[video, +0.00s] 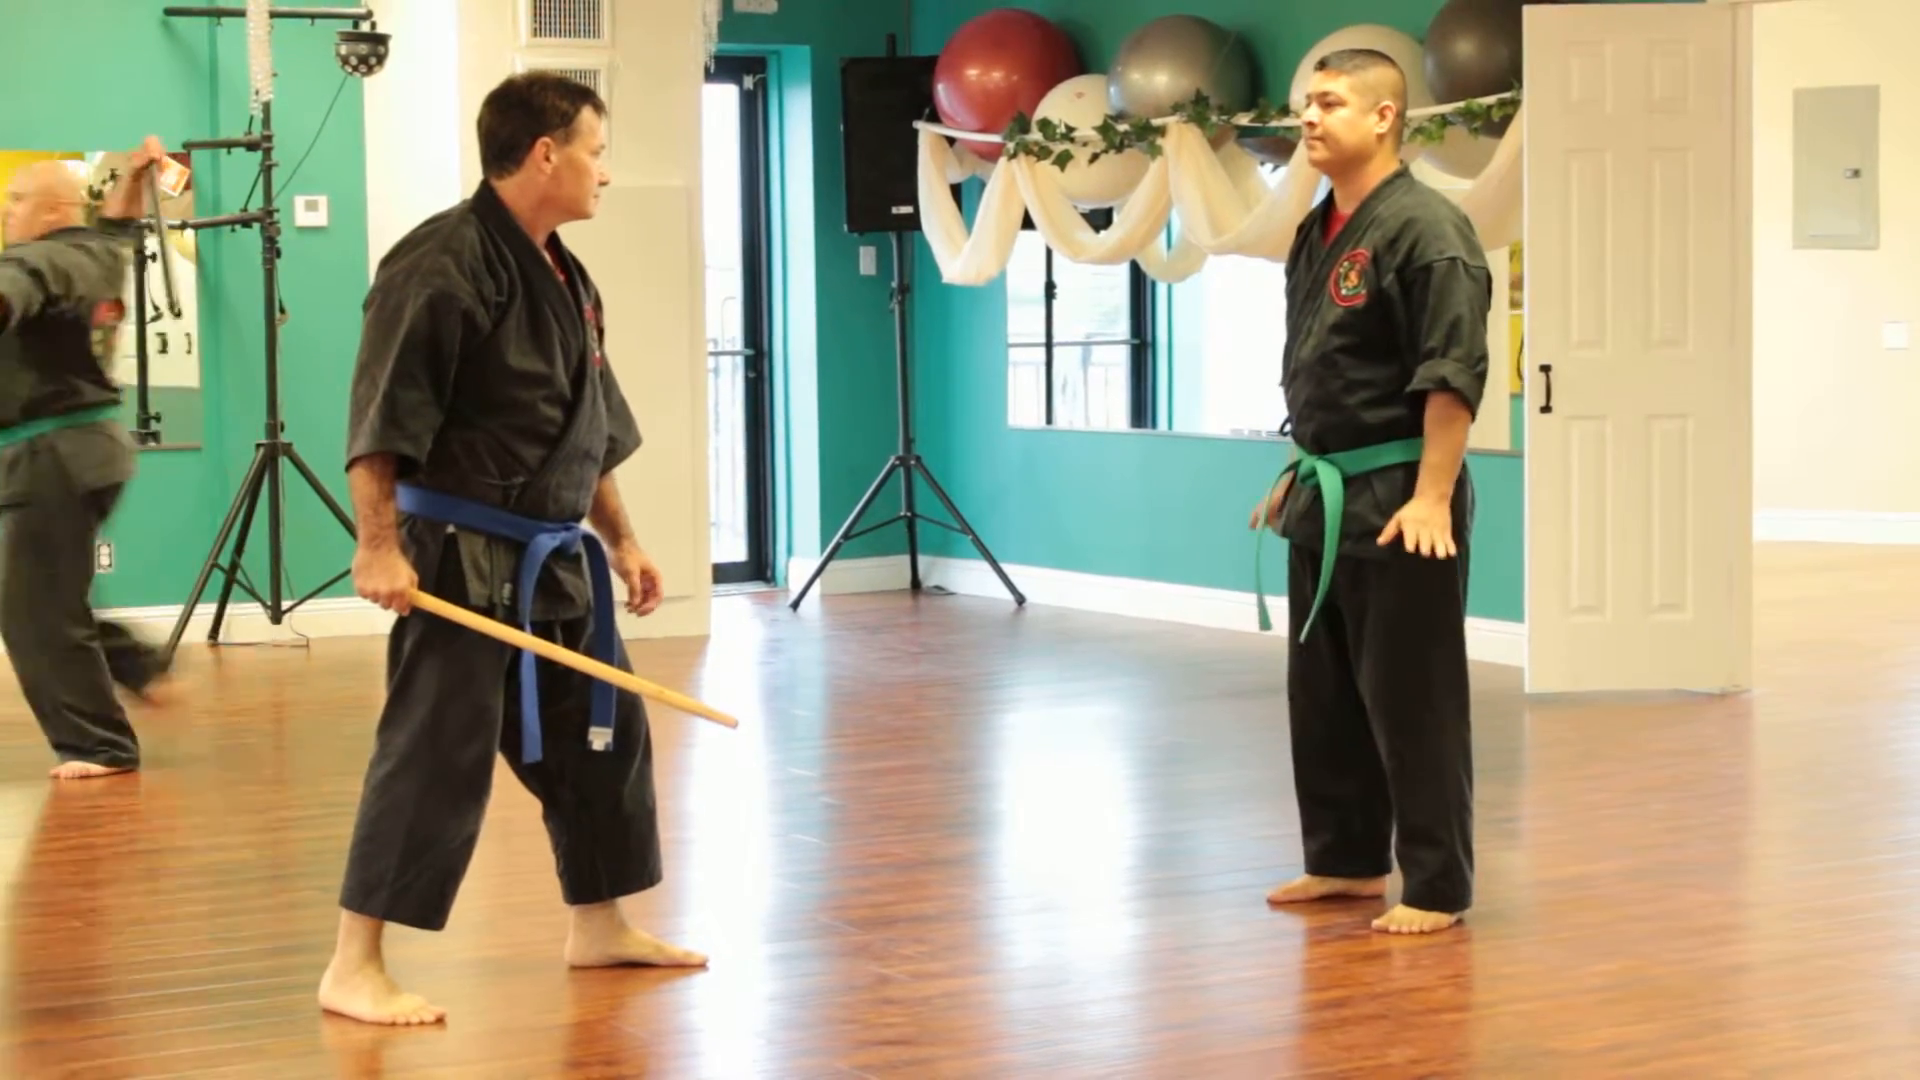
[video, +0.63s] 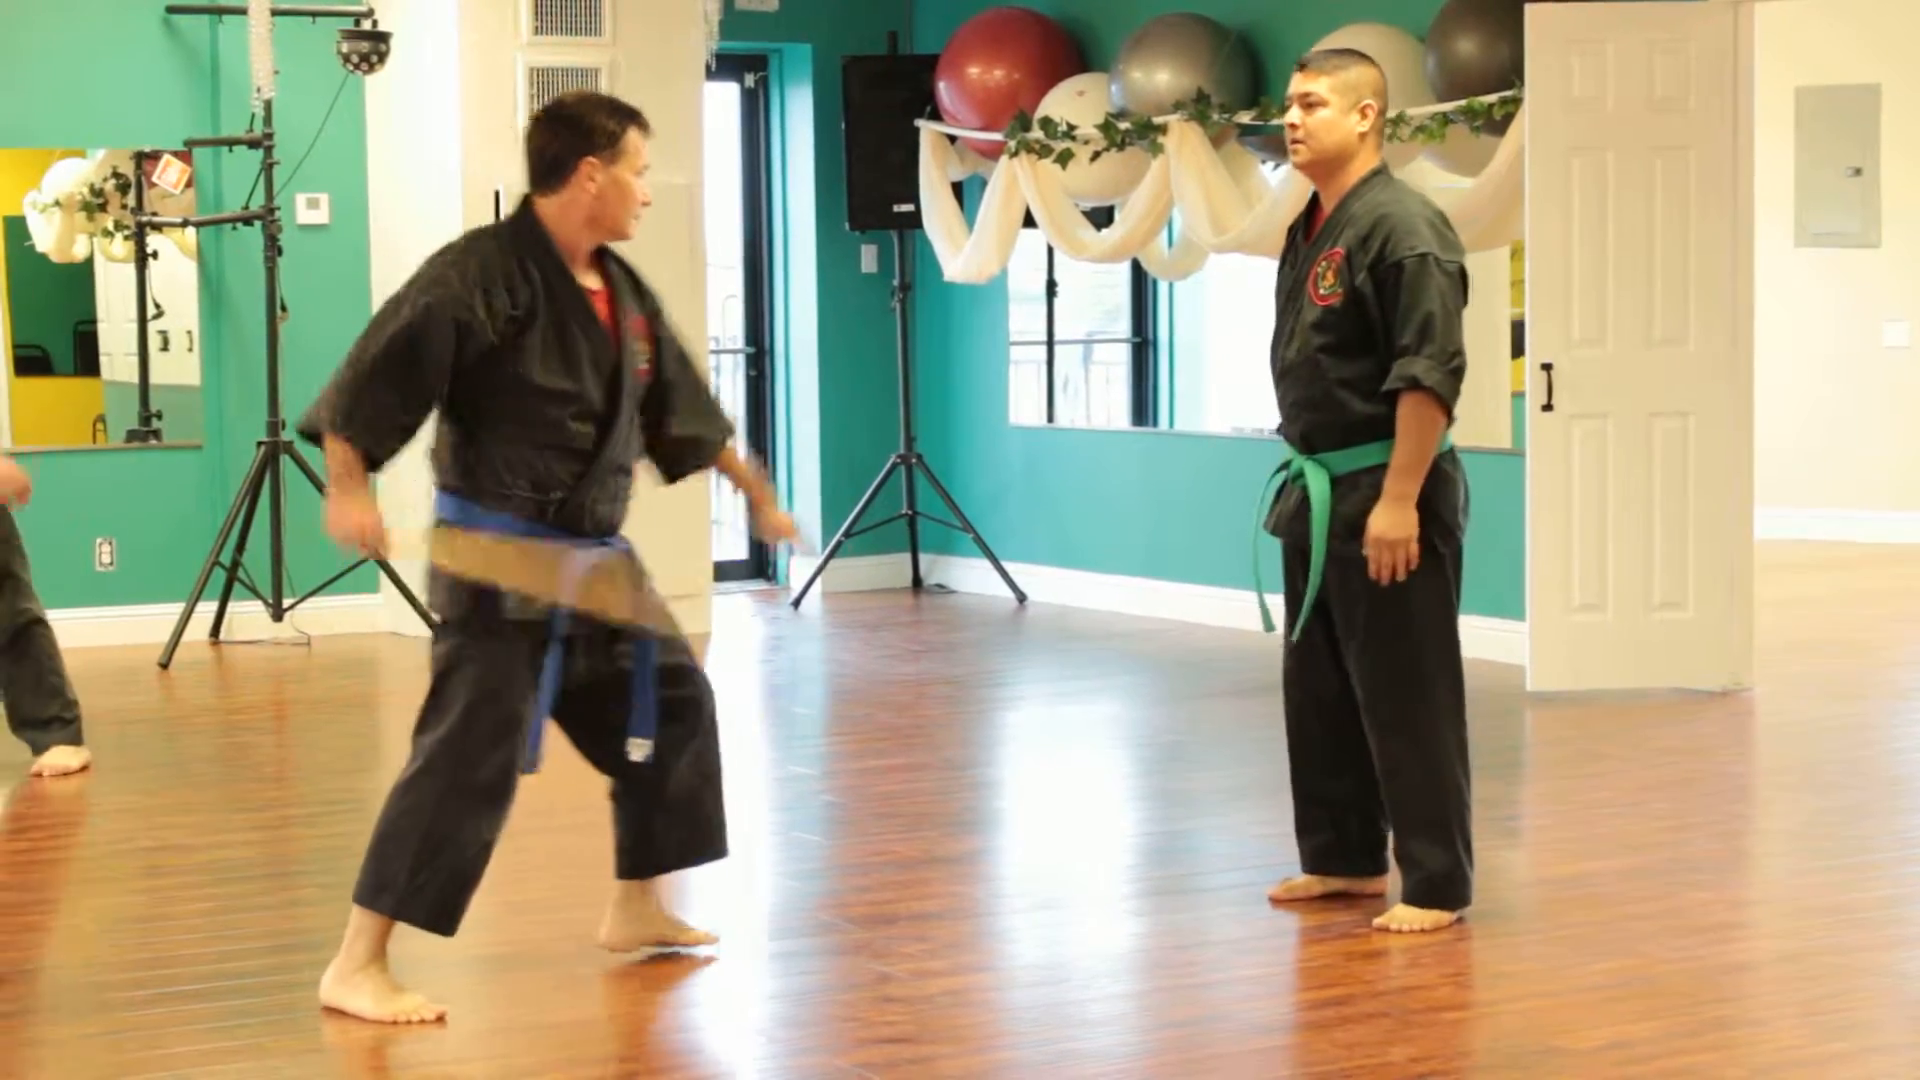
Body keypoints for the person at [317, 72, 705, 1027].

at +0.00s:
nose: (605, 173)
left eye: (604, 154)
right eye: (596, 154)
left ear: (550, 156)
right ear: (544, 155)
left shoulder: (566, 275)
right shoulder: (439, 261)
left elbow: (583, 427)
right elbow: (377, 409)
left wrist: (622, 538)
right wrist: (378, 540)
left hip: (560, 544)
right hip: (460, 542)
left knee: (600, 727)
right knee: (429, 747)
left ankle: (599, 927)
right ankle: (353, 965)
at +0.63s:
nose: (648, 194)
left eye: (647, 175)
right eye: (638, 175)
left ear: (591, 176)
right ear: (588, 175)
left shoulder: (621, 288)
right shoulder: (478, 272)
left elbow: (682, 404)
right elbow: (365, 382)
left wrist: (757, 489)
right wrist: (350, 489)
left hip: (590, 547)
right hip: (494, 541)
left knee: (672, 700)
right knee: (468, 742)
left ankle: (639, 911)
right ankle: (356, 965)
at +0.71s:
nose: (677, 201)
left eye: (677, 184)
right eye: (668, 183)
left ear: (629, 183)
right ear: (616, 181)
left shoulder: (661, 290)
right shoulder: (515, 270)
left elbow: (733, 397)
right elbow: (413, 326)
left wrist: (821, 471)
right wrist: (357, 381)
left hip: (631, 558)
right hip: (534, 553)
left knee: (699, 712)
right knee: (491, 738)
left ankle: (653, 921)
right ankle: (357, 957)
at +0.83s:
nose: (731, 201)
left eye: (732, 185)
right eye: (724, 184)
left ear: (683, 183)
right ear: (677, 182)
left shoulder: (721, 283)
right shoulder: (576, 271)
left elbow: (797, 369)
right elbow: (429, 322)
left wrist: (880, 439)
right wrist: (405, 268)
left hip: (698, 545)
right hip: (611, 542)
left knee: (737, 724)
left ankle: (655, 920)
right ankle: (444, 893)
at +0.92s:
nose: (779, 202)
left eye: (780, 184)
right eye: (771, 184)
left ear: (726, 183)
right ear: (722, 183)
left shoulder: (760, 280)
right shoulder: (627, 265)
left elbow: (832, 365)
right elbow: (499, 283)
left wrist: (910, 432)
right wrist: (483, 184)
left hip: (745, 540)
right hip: (662, 541)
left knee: (745, 728)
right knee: (739, 728)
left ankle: (656, 917)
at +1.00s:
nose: (826, 198)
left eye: (826, 182)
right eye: (817, 179)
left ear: (771, 182)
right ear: (769, 177)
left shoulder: (795, 284)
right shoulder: (685, 254)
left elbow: (861, 376)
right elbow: (604, 257)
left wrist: (931, 446)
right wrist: (592, 148)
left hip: (752, 535)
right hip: (725, 538)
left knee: (736, 730)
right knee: (862, 694)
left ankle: (655, 916)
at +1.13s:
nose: (884, 205)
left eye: (885, 186)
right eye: (872, 185)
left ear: (842, 187)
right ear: (825, 183)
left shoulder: (829, 282)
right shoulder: (787, 266)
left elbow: (873, 401)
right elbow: (793, 225)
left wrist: (939, 471)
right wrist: (831, 106)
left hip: (759, 566)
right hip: (825, 564)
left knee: (746, 739)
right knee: (969, 692)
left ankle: (649, 911)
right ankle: (1059, 871)